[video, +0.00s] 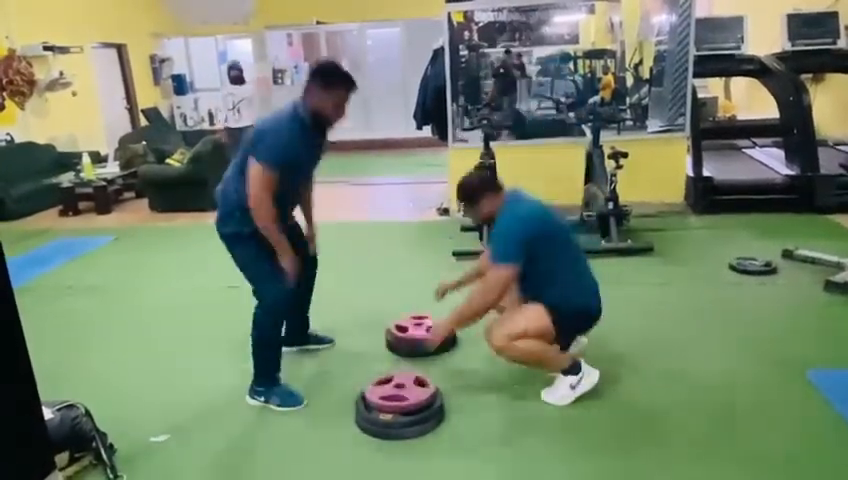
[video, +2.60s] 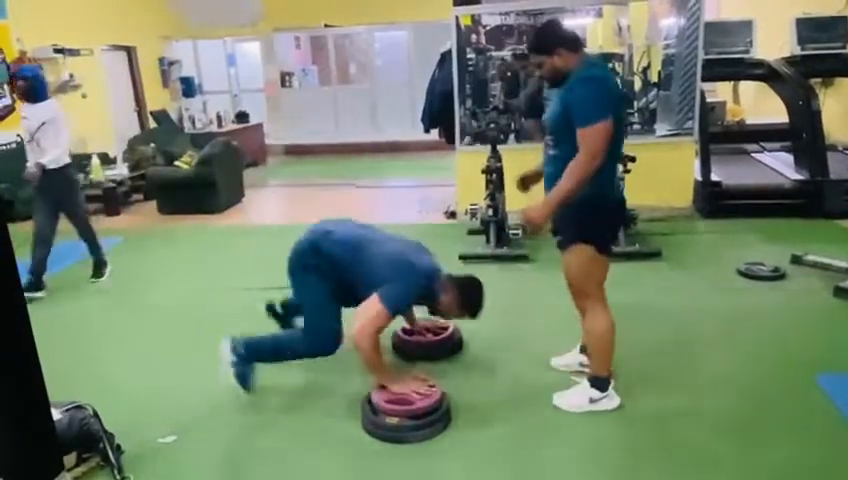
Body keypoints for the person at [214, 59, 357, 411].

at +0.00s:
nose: (342, 109)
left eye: (344, 102)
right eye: (338, 101)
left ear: (328, 95)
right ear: (314, 93)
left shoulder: (314, 129)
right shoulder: (278, 131)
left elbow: (302, 182)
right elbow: (258, 201)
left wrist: (308, 226)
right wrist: (284, 252)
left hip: (273, 213)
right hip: (240, 221)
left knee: (303, 261)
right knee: (274, 291)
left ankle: (296, 332)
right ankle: (264, 384)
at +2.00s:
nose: (367, 144)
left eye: (370, 137)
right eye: (366, 136)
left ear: (350, 125)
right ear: (347, 124)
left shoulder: (333, 148)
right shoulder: (306, 146)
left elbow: (321, 182)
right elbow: (270, 206)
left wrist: (332, 216)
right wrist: (302, 250)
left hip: (287, 220)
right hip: (252, 226)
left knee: (320, 267)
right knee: (291, 297)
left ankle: (302, 332)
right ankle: (269, 385)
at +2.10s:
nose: (377, 184)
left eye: (380, 179)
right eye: (376, 177)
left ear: (359, 165)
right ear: (359, 166)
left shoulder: (339, 182)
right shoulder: (318, 190)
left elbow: (346, 225)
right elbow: (300, 259)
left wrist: (367, 266)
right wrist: (340, 307)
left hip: (283, 242)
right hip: (255, 254)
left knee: (335, 275)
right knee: (307, 310)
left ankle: (306, 333)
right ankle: (270, 387)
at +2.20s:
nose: (388, 226)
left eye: (391, 220)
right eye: (386, 218)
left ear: (369, 204)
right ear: (370, 207)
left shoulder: (352, 219)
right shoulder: (331, 229)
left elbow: (371, 262)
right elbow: (329, 303)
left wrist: (402, 304)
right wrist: (368, 344)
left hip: (289, 273)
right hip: (261, 288)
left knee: (346, 283)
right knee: (316, 326)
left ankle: (316, 335)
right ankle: (271, 387)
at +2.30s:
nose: (403, 260)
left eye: (407, 254)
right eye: (404, 253)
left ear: (389, 235)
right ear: (391, 241)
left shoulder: (367, 241)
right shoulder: (345, 255)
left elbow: (385, 282)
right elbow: (347, 330)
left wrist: (412, 318)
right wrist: (387, 373)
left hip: (300, 292)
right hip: (273, 305)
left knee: (358, 292)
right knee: (329, 338)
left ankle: (325, 344)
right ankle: (273, 385)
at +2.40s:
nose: (425, 288)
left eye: (429, 284)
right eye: (427, 282)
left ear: (414, 258)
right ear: (416, 270)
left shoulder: (391, 255)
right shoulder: (369, 270)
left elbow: (389, 291)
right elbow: (349, 340)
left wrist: (411, 321)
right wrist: (387, 378)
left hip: (306, 282)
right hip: (281, 291)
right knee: (333, 340)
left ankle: (303, 339)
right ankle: (275, 383)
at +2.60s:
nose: (449, 318)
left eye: (455, 316)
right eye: (454, 314)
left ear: (451, 292)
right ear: (449, 299)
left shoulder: (427, 262)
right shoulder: (407, 282)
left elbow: (394, 285)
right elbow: (362, 332)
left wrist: (410, 319)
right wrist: (385, 379)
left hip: (333, 237)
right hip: (312, 254)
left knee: (358, 297)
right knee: (324, 340)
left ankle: (289, 309)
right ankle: (242, 350)